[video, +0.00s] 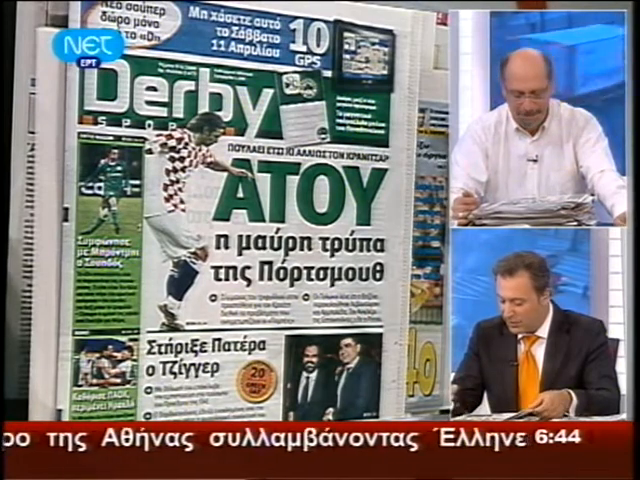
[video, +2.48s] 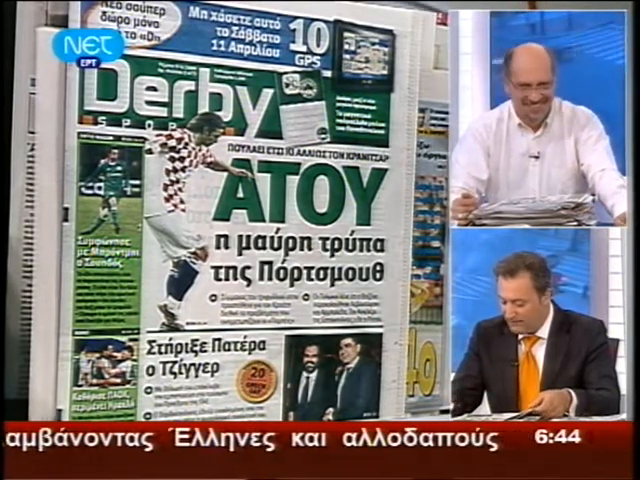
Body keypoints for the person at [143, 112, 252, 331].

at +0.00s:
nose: (215, 141)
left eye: (217, 137)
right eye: (215, 136)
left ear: (207, 132)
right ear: (205, 130)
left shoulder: (199, 150)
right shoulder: (179, 137)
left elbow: (212, 162)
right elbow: (149, 145)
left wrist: (232, 170)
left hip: (165, 209)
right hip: (161, 208)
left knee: (180, 262)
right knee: (200, 251)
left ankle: (171, 317)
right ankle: (172, 304)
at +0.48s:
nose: (215, 141)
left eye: (217, 137)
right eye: (215, 136)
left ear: (207, 132)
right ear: (205, 130)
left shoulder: (199, 150)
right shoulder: (179, 137)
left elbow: (212, 162)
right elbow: (149, 145)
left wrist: (232, 170)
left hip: (166, 209)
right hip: (161, 208)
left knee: (180, 262)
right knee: (200, 251)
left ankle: (171, 317)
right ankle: (172, 304)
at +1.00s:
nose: (215, 141)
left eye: (217, 137)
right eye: (215, 136)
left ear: (207, 132)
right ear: (205, 130)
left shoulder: (199, 150)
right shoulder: (179, 137)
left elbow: (212, 162)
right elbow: (149, 145)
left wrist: (231, 170)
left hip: (166, 209)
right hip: (161, 208)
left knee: (180, 262)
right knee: (200, 251)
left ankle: (171, 317)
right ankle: (172, 304)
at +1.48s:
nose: (215, 141)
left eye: (217, 137)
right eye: (215, 136)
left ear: (207, 132)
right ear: (205, 130)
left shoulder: (199, 150)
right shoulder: (179, 137)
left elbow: (212, 162)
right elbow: (149, 145)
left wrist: (232, 170)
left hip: (166, 209)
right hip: (161, 208)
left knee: (180, 262)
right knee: (200, 251)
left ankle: (171, 317)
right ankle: (172, 304)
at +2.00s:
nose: (215, 141)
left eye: (217, 138)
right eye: (215, 136)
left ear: (207, 132)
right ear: (205, 130)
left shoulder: (199, 150)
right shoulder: (179, 137)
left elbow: (212, 162)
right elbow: (149, 145)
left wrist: (232, 170)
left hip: (166, 209)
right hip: (161, 208)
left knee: (180, 262)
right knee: (200, 251)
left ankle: (171, 317)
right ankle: (172, 304)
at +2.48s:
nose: (215, 141)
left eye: (217, 137)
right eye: (215, 136)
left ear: (207, 132)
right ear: (205, 130)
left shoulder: (199, 150)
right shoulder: (179, 137)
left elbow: (212, 162)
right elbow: (149, 145)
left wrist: (232, 170)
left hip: (166, 209)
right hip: (161, 208)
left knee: (180, 262)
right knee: (200, 251)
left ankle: (171, 317)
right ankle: (172, 304)